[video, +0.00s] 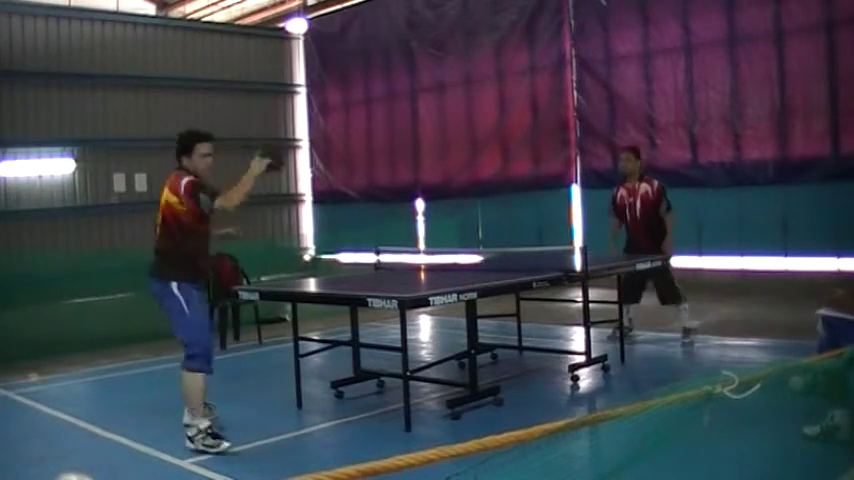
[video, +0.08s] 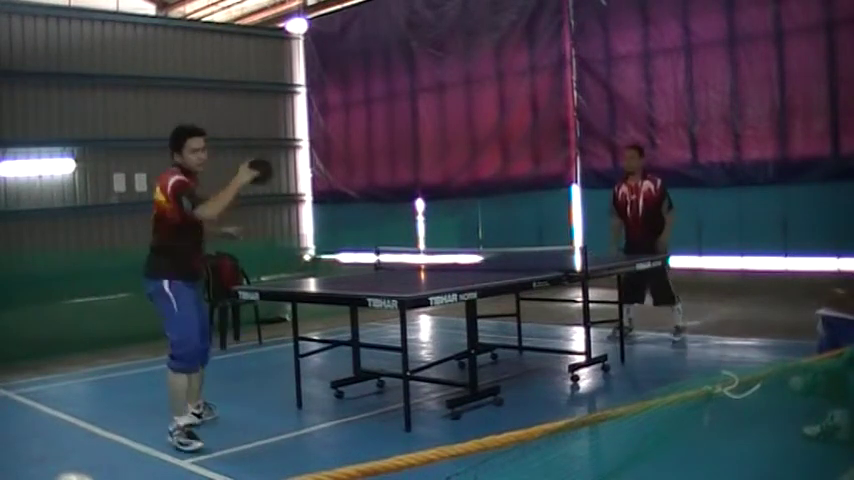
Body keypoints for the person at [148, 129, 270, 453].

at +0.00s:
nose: (210, 161)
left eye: (211, 155)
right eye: (204, 156)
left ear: (190, 160)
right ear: (185, 159)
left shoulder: (182, 182)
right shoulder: (184, 184)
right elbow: (227, 201)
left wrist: (221, 231)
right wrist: (252, 172)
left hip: (186, 276)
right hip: (175, 278)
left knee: (200, 344)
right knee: (197, 346)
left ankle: (197, 412)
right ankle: (196, 427)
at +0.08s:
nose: (202, 156)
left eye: (204, 150)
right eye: (195, 150)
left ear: (203, 152)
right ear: (177, 154)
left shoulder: (187, 182)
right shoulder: (173, 181)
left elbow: (188, 226)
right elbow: (203, 212)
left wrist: (220, 231)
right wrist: (239, 181)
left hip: (188, 275)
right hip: (168, 278)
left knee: (200, 340)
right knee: (185, 344)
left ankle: (194, 406)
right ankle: (178, 425)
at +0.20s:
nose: (186, 152)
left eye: (189, 146)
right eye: (177, 148)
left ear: (193, 149)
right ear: (164, 153)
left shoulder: (189, 184)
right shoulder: (159, 185)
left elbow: (189, 227)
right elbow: (166, 227)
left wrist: (219, 230)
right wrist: (209, 206)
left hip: (188, 278)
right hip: (161, 281)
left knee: (193, 344)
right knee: (167, 349)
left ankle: (194, 407)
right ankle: (165, 420)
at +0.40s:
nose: (149, 153)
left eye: (155, 145)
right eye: (142, 147)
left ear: (168, 147)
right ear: (135, 153)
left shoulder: (185, 186)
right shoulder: (126, 188)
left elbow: (197, 229)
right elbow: (113, 232)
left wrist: (191, 240)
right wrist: (158, 234)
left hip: (184, 287)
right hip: (143, 290)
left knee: (192, 350)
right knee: (153, 358)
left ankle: (194, 410)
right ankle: (161, 423)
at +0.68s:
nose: (123, 149)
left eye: (127, 140)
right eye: (116, 145)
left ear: (141, 139)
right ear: (109, 150)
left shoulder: (169, 180)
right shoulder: (102, 186)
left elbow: (197, 220)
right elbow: (88, 231)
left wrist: (174, 243)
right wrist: (114, 242)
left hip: (162, 283)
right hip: (124, 287)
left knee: (163, 355)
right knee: (140, 360)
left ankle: (167, 433)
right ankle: (159, 422)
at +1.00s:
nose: (91, 151)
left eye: (97, 142)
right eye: (85, 145)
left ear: (118, 138)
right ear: (82, 148)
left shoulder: (146, 182)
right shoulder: (84, 185)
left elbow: (173, 234)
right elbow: (74, 228)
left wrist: (130, 259)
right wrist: (70, 250)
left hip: (134, 295)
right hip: (94, 295)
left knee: (130, 376)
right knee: (101, 382)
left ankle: (134, 458)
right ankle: (147, 407)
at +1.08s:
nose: (82, 147)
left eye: (88, 139)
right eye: (76, 141)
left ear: (109, 135)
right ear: (74, 144)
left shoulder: (136, 179)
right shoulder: (78, 183)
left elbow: (162, 235)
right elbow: (72, 226)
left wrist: (110, 255)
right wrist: (62, 249)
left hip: (127, 295)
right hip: (86, 295)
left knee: (129, 377)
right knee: (82, 379)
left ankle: (135, 459)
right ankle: (130, 410)